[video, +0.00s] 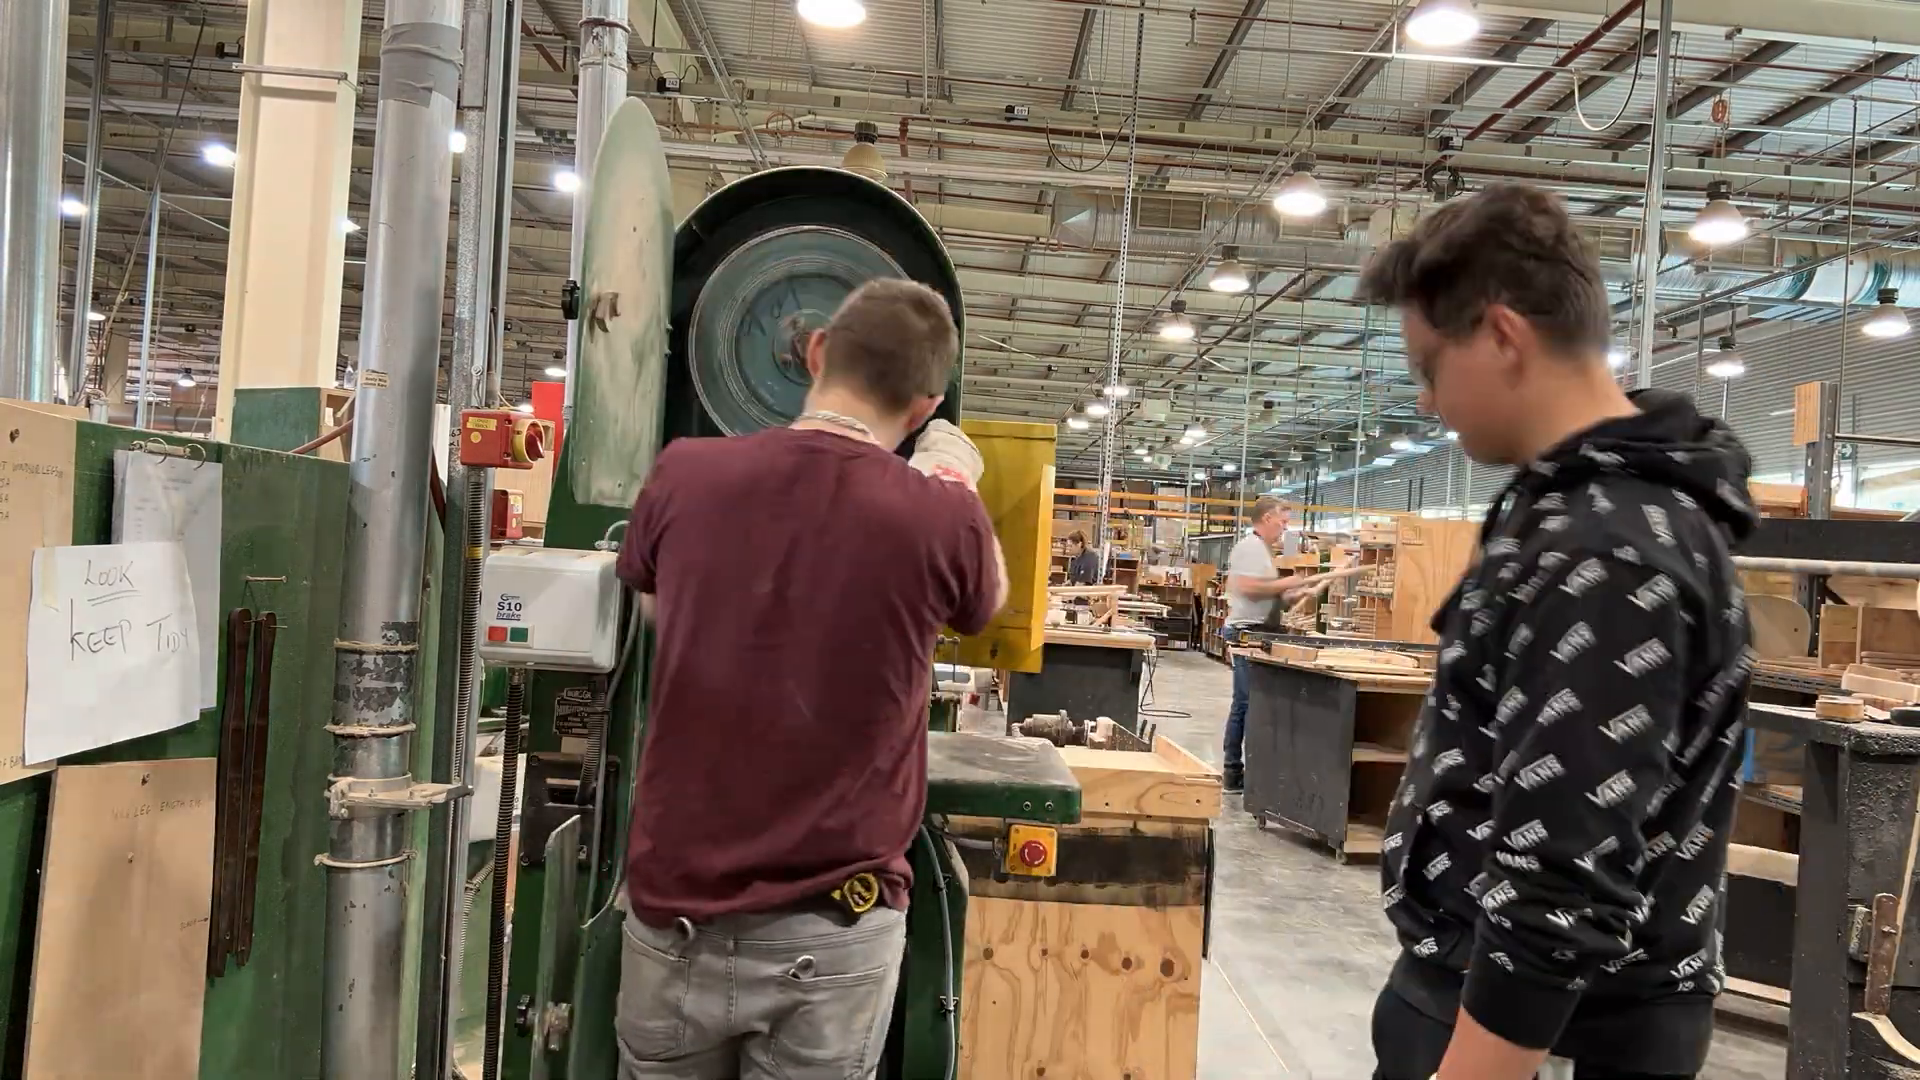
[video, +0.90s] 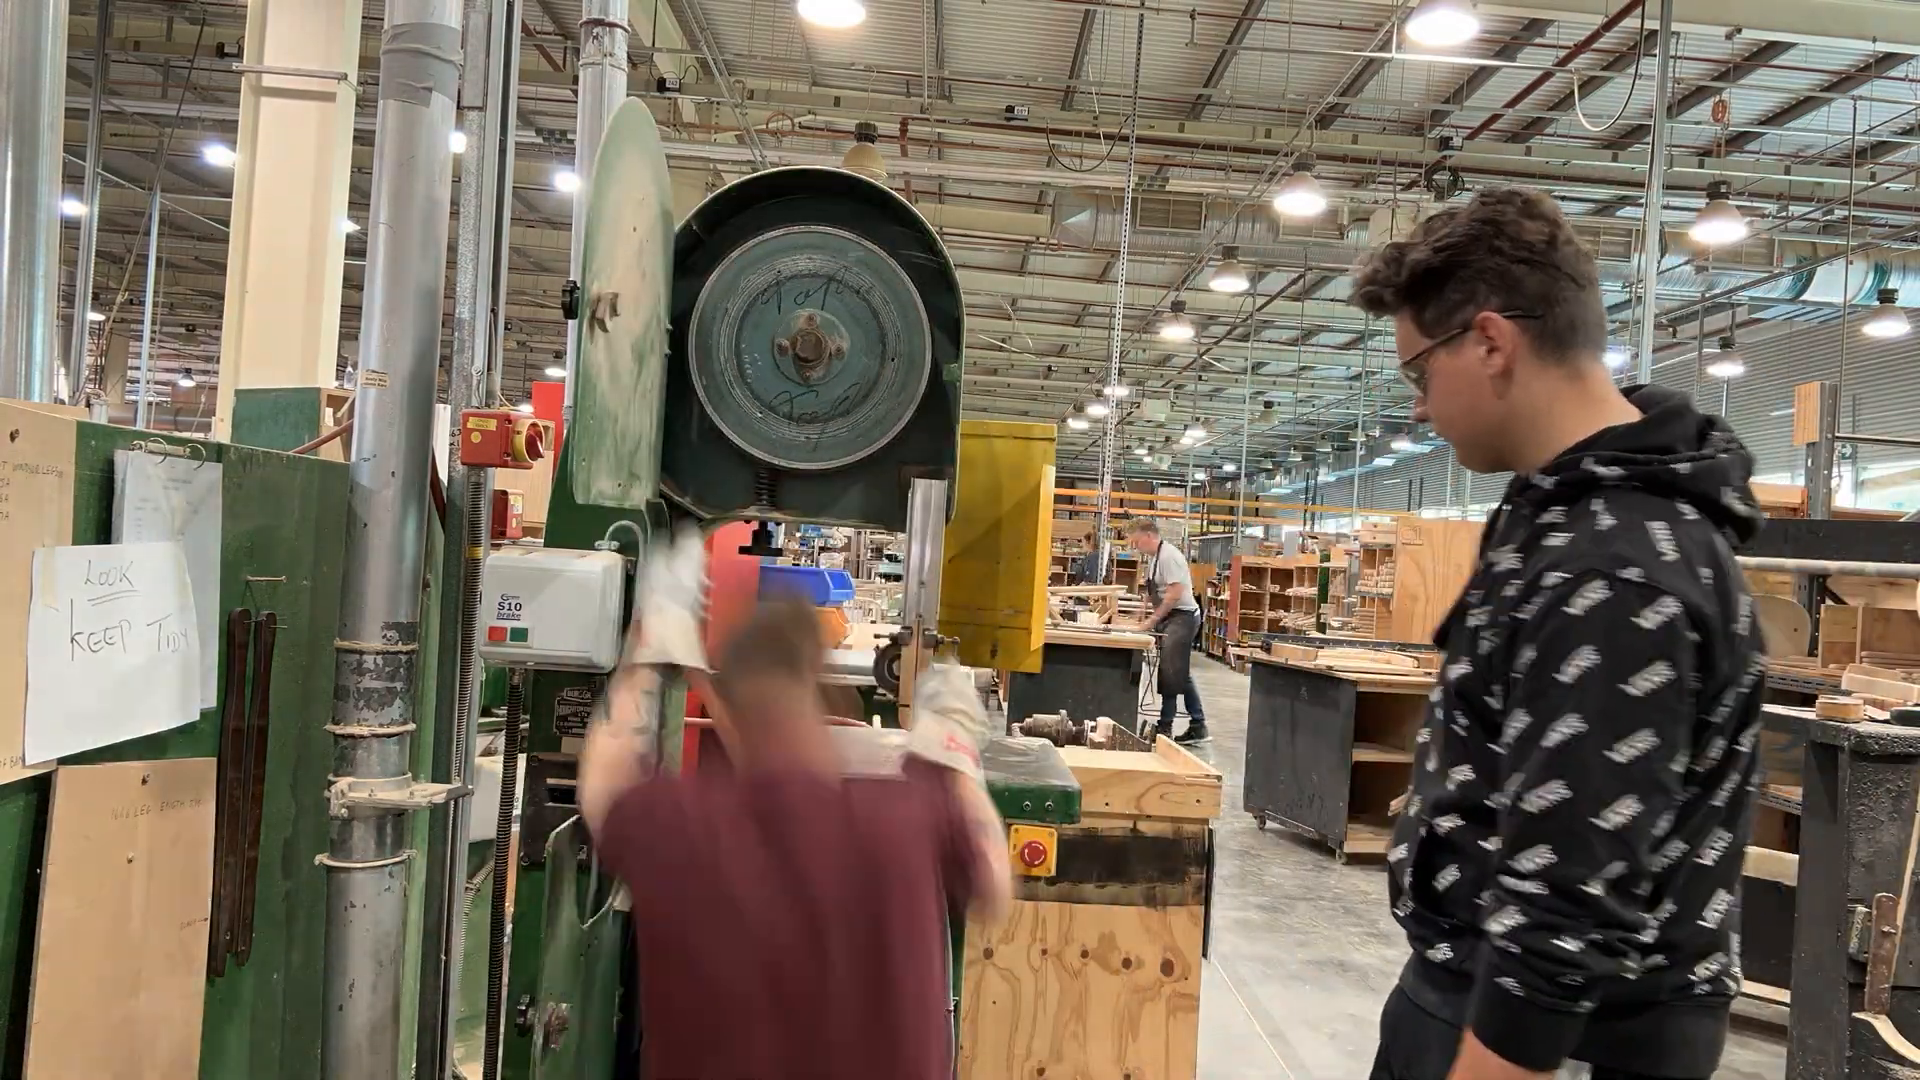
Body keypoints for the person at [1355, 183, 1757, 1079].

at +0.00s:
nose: (1427, 407)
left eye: (1428, 370)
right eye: (1419, 378)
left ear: (1504, 338)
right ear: (1506, 340)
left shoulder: (1614, 549)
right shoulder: (1573, 512)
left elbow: (1554, 901)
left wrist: (1474, 1062)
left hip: (1543, 1029)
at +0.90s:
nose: (1418, 409)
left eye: (1418, 371)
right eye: (1410, 379)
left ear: (1491, 345)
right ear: (1497, 346)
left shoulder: (1621, 569)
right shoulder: (1572, 520)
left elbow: (1557, 929)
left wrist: (1495, 1057)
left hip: (1552, 1032)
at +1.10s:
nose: (1380, 385)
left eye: (1377, 343)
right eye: (1371, 352)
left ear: (1443, 313)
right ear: (1551, 301)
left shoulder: (1484, 545)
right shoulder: (1718, 490)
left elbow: (1392, 904)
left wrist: (1331, 1052)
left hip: (1529, 1037)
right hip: (1704, 1028)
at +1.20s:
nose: (1500, 363)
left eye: (1504, 320)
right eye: (1495, 326)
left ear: (1578, 302)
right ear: (1669, 297)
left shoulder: (1593, 521)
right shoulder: (1810, 493)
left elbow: (1526, 853)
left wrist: (1447, 1050)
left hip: (1621, 1036)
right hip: (1799, 1026)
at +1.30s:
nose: (1555, 409)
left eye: (1555, 370)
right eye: (1546, 381)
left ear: (1636, 331)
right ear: (1637, 334)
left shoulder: (1737, 527)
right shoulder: (1812, 492)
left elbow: (1667, 892)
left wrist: (1543, 1071)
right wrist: (1549, 955)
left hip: (1727, 1043)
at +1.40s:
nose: (1242, 411)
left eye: (1233, 369)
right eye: (1228, 377)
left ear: (1295, 336)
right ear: (1404, 305)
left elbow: (1267, 877)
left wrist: (1226, 1050)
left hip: (1469, 1042)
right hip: (1713, 1031)